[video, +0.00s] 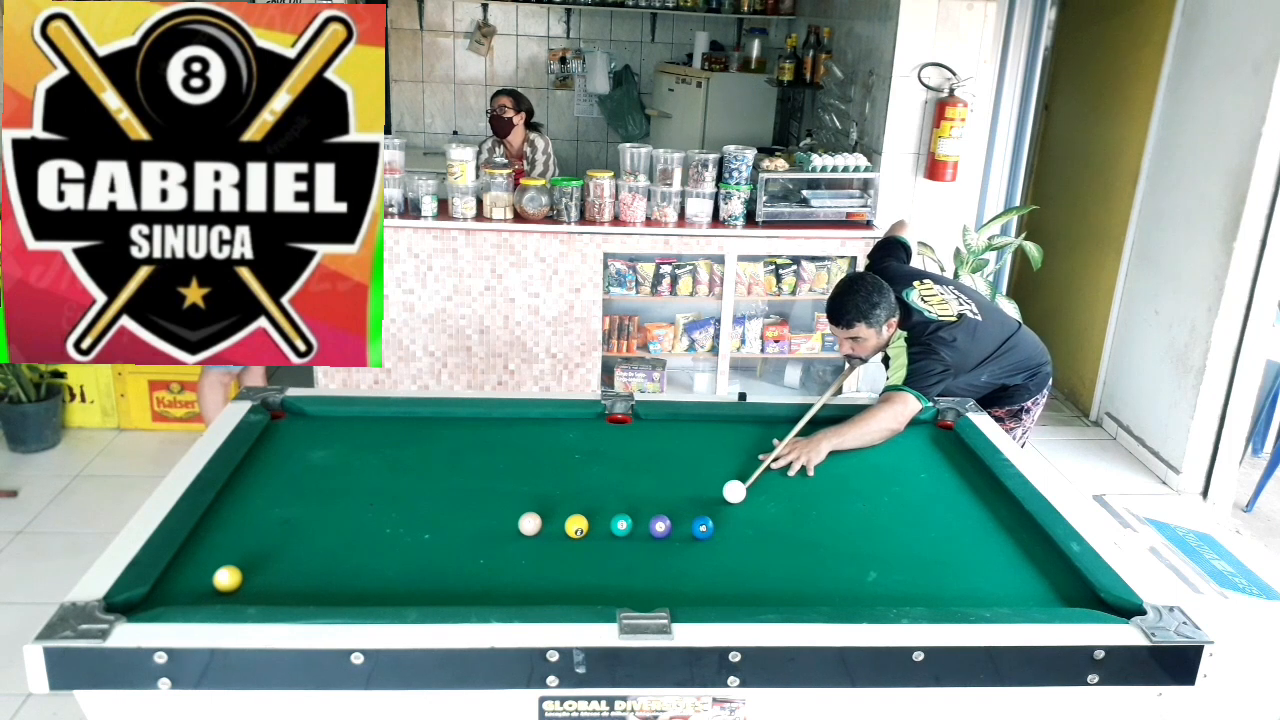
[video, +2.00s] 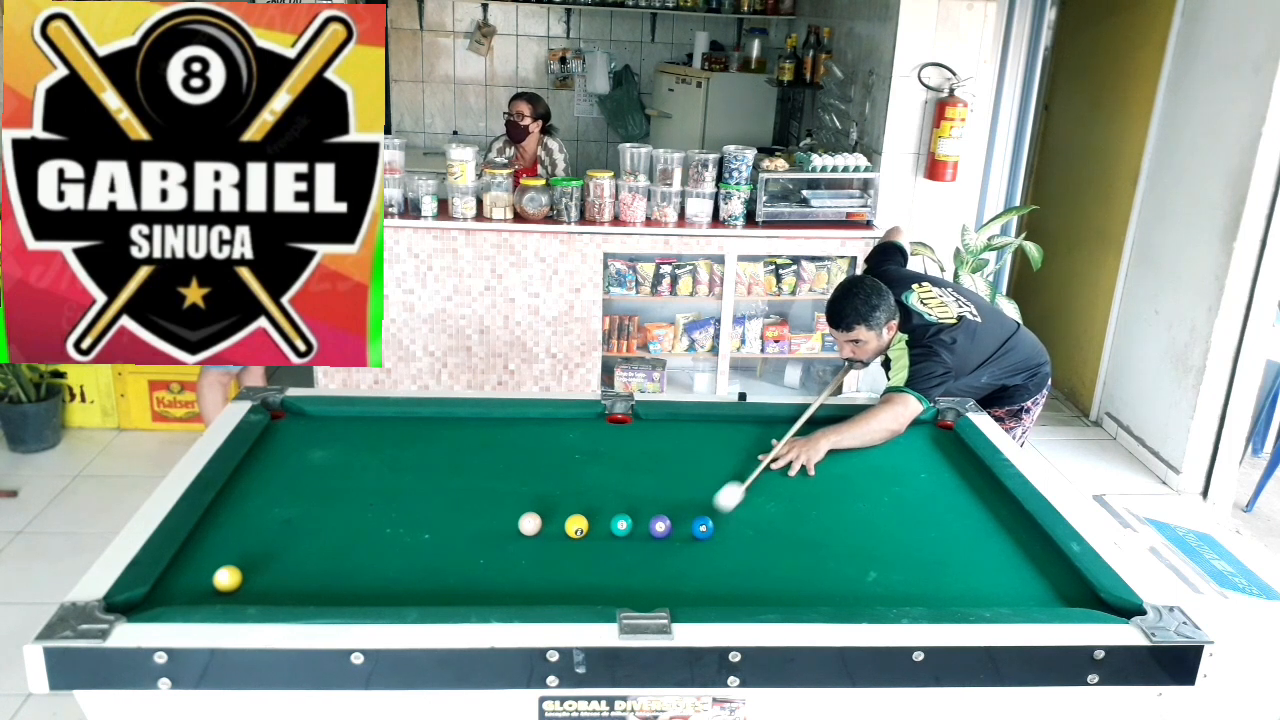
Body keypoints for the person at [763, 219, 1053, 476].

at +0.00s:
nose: (844, 350)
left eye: (855, 340)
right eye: (837, 336)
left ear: (890, 327)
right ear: (834, 317)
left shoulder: (926, 351)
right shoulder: (885, 272)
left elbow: (894, 415)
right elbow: (902, 228)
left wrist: (824, 440)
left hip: (1021, 375)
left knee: (985, 476)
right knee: (945, 460)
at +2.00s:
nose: (845, 353)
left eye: (855, 343)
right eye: (838, 340)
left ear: (889, 330)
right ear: (832, 322)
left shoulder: (926, 353)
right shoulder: (883, 275)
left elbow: (894, 417)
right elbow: (897, 234)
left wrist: (823, 439)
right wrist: (869, 287)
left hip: (1021, 375)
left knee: (985, 476)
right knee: (945, 458)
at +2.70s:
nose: (846, 313)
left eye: (857, 302)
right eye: (840, 300)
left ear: (892, 293)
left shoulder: (926, 327)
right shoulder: (894, 256)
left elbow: (890, 400)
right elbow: (901, 233)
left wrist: (825, 440)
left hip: (1012, 375)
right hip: (955, 369)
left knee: (984, 475)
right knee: (940, 459)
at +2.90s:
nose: (839, 279)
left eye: (851, 269)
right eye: (835, 267)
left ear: (887, 264)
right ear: (829, 256)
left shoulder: (918, 294)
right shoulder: (888, 245)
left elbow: (900, 382)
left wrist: (831, 424)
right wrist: (887, 312)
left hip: (994, 377)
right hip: (939, 371)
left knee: (975, 479)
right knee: (924, 468)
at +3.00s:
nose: (834, 257)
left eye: (846, 247)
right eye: (830, 245)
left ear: (882, 243)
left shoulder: (914, 278)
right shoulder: (878, 254)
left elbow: (895, 373)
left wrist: (811, 396)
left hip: (980, 381)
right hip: (930, 375)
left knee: (968, 489)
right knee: (917, 480)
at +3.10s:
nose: (833, 247)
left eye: (845, 237)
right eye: (830, 235)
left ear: (882, 234)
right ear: (826, 226)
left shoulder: (912, 273)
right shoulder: (874, 248)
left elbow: (876, 364)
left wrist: (791, 386)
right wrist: (872, 315)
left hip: (971, 380)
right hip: (915, 372)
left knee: (954, 488)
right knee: (896, 476)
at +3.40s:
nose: (822, 227)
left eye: (835, 217)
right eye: (819, 214)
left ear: (870, 216)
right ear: (816, 204)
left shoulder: (894, 255)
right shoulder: (856, 236)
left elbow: (903, 353)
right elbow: (869, 278)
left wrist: (833, 390)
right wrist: (850, 305)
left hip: (948, 371)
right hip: (901, 363)